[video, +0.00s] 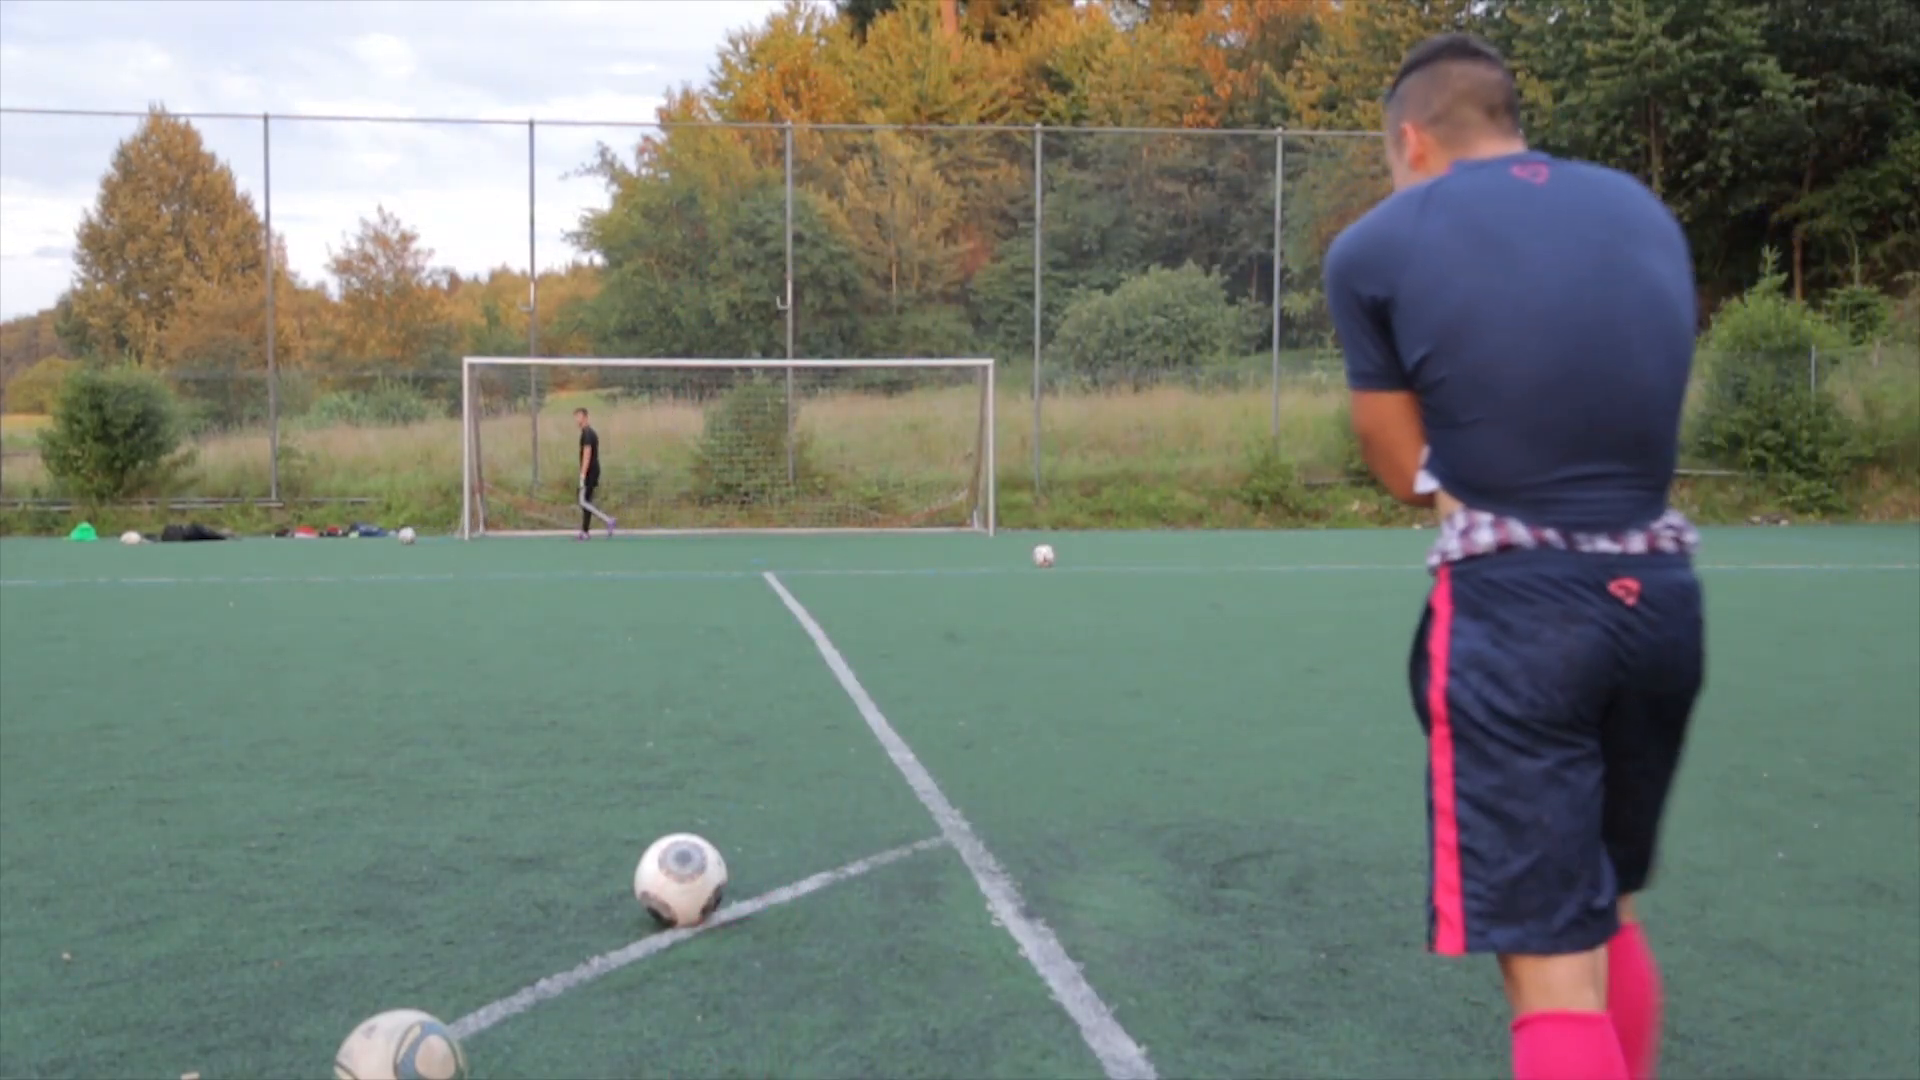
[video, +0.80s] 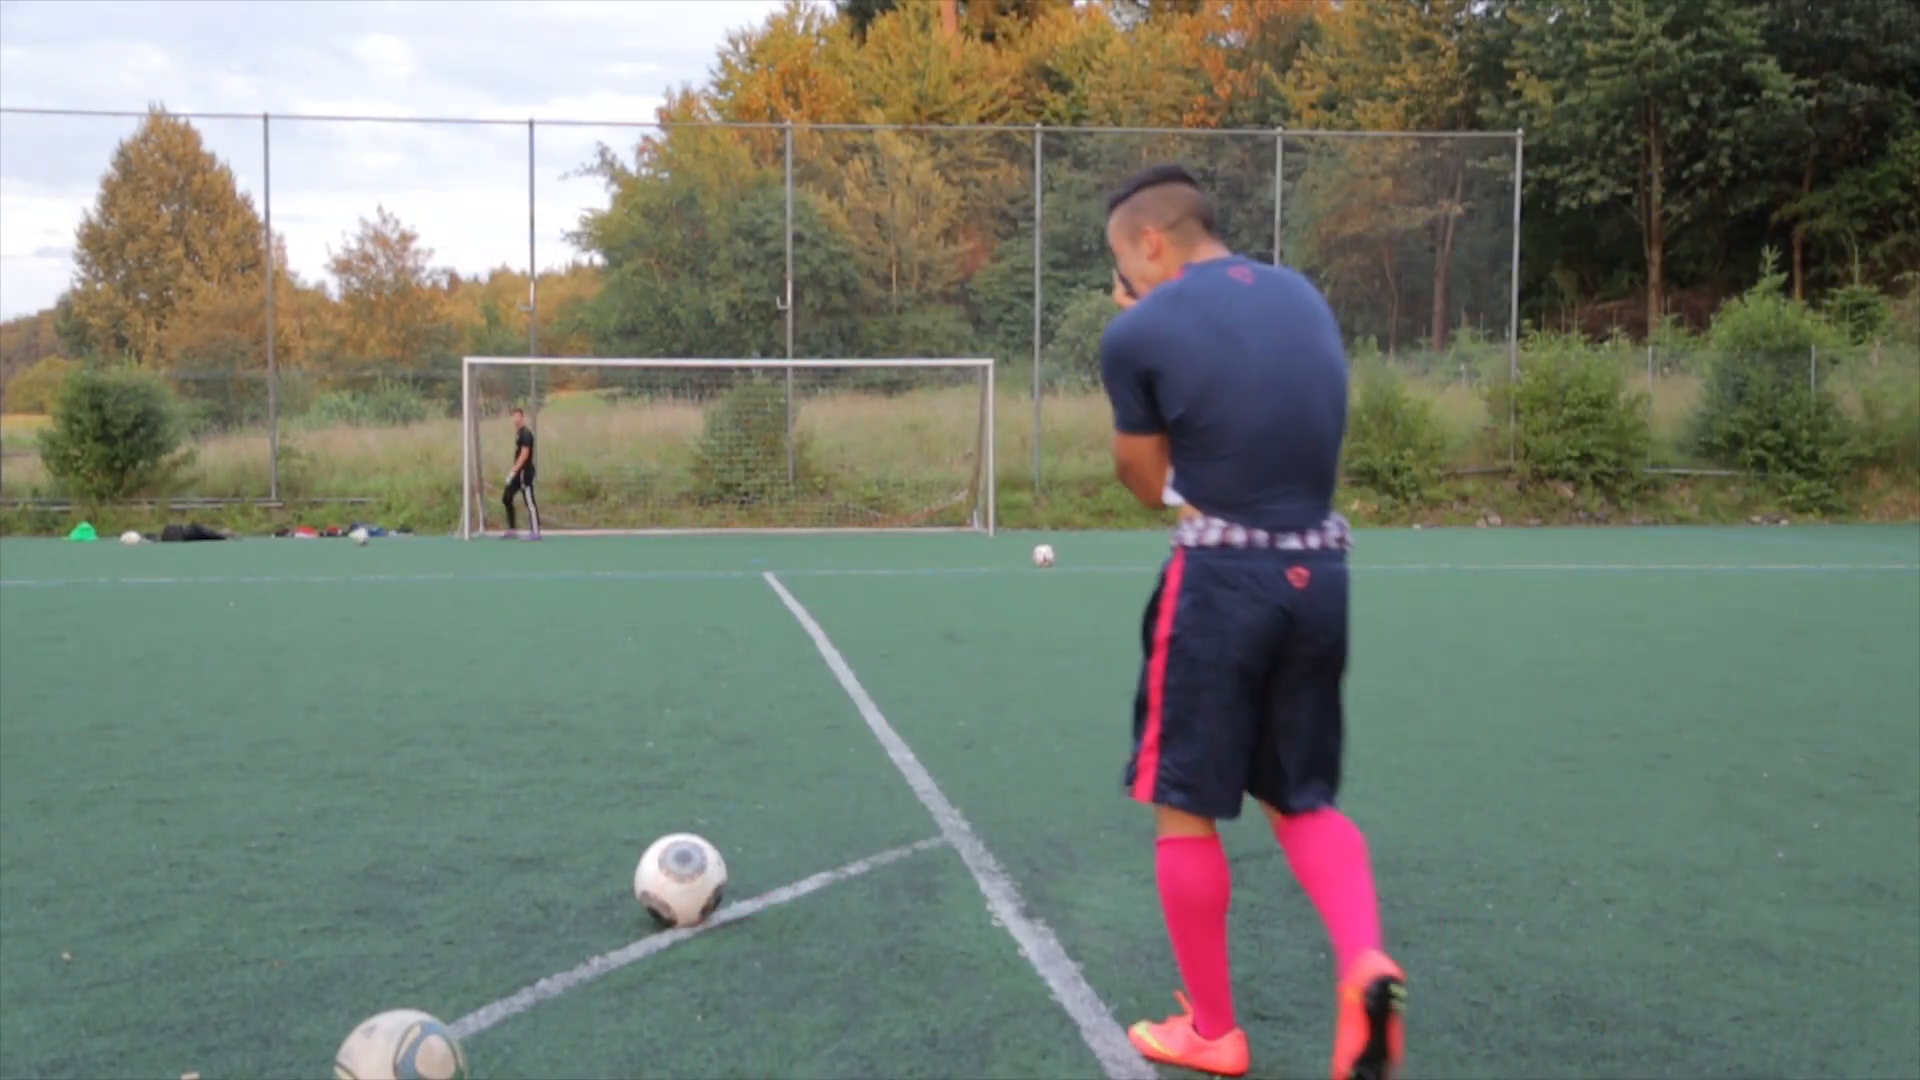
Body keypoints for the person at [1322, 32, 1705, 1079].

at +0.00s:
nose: (1394, 176)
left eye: (1391, 155)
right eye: (1394, 157)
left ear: (1414, 141)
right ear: (1513, 129)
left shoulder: (1377, 249)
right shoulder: (1642, 210)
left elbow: (1404, 469)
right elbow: (1646, 397)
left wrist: (1549, 436)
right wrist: (1476, 462)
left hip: (1512, 618)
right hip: (1660, 608)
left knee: (1552, 968)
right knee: (1613, 908)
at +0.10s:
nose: (1359, 224)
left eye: (1359, 195)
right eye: (1358, 199)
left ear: (1398, 166)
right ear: (1475, 161)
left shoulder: (1364, 271)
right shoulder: (1597, 242)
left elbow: (1370, 486)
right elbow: (1593, 425)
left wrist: (1498, 444)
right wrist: (1435, 477)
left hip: (1476, 628)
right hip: (1605, 623)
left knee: (1533, 957)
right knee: (1513, 927)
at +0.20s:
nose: (1330, 245)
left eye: (1331, 218)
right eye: (1326, 223)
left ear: (1379, 191)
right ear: (1428, 189)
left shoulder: (1366, 283)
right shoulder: (1539, 268)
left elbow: (1342, 492)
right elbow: (1505, 439)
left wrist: (1335, 339)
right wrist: (1363, 309)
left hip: (1442, 629)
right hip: (1549, 626)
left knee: (1440, 942)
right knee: (1471, 929)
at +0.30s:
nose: (1304, 232)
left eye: (1304, 209)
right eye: (1299, 212)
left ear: (1352, 185)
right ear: (1393, 186)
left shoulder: (1354, 273)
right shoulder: (1493, 266)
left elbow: (1321, 471)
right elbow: (1459, 436)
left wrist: (1313, 316)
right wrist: (1337, 303)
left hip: (1419, 602)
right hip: (1516, 605)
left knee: (1325, 892)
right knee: (1439, 890)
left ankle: (1462, 1069)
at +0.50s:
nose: (1240, 234)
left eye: (1242, 212)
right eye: (1234, 216)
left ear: (1289, 189)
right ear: (1322, 191)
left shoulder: (1295, 277)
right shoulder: (1414, 269)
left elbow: (1254, 461)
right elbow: (1368, 427)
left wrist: (1255, 304)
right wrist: (1270, 297)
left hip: (1335, 580)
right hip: (1439, 584)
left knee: (1231, 807)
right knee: (1421, 851)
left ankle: (1305, 1055)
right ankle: (1446, 1071)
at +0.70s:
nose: (1153, 279)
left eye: (1154, 260)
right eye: (1148, 262)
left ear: (1195, 243)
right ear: (1243, 237)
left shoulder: (1182, 333)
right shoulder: (1333, 303)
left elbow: (1176, 496)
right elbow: (1324, 443)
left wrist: (1161, 364)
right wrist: (1200, 341)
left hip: (1253, 605)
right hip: (1361, 596)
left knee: (1219, 822)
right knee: (1355, 834)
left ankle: (1214, 1027)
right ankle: (1422, 1056)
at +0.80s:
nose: (1125, 277)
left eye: (1122, 261)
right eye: (1121, 262)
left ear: (1150, 243)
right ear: (1208, 231)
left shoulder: (1138, 330)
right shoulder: (1302, 296)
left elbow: (1150, 482)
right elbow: (1302, 431)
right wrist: (1176, 334)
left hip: (1218, 585)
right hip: (1318, 581)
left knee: (1184, 805)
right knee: (1299, 789)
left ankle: (1212, 1027)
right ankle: (1364, 959)